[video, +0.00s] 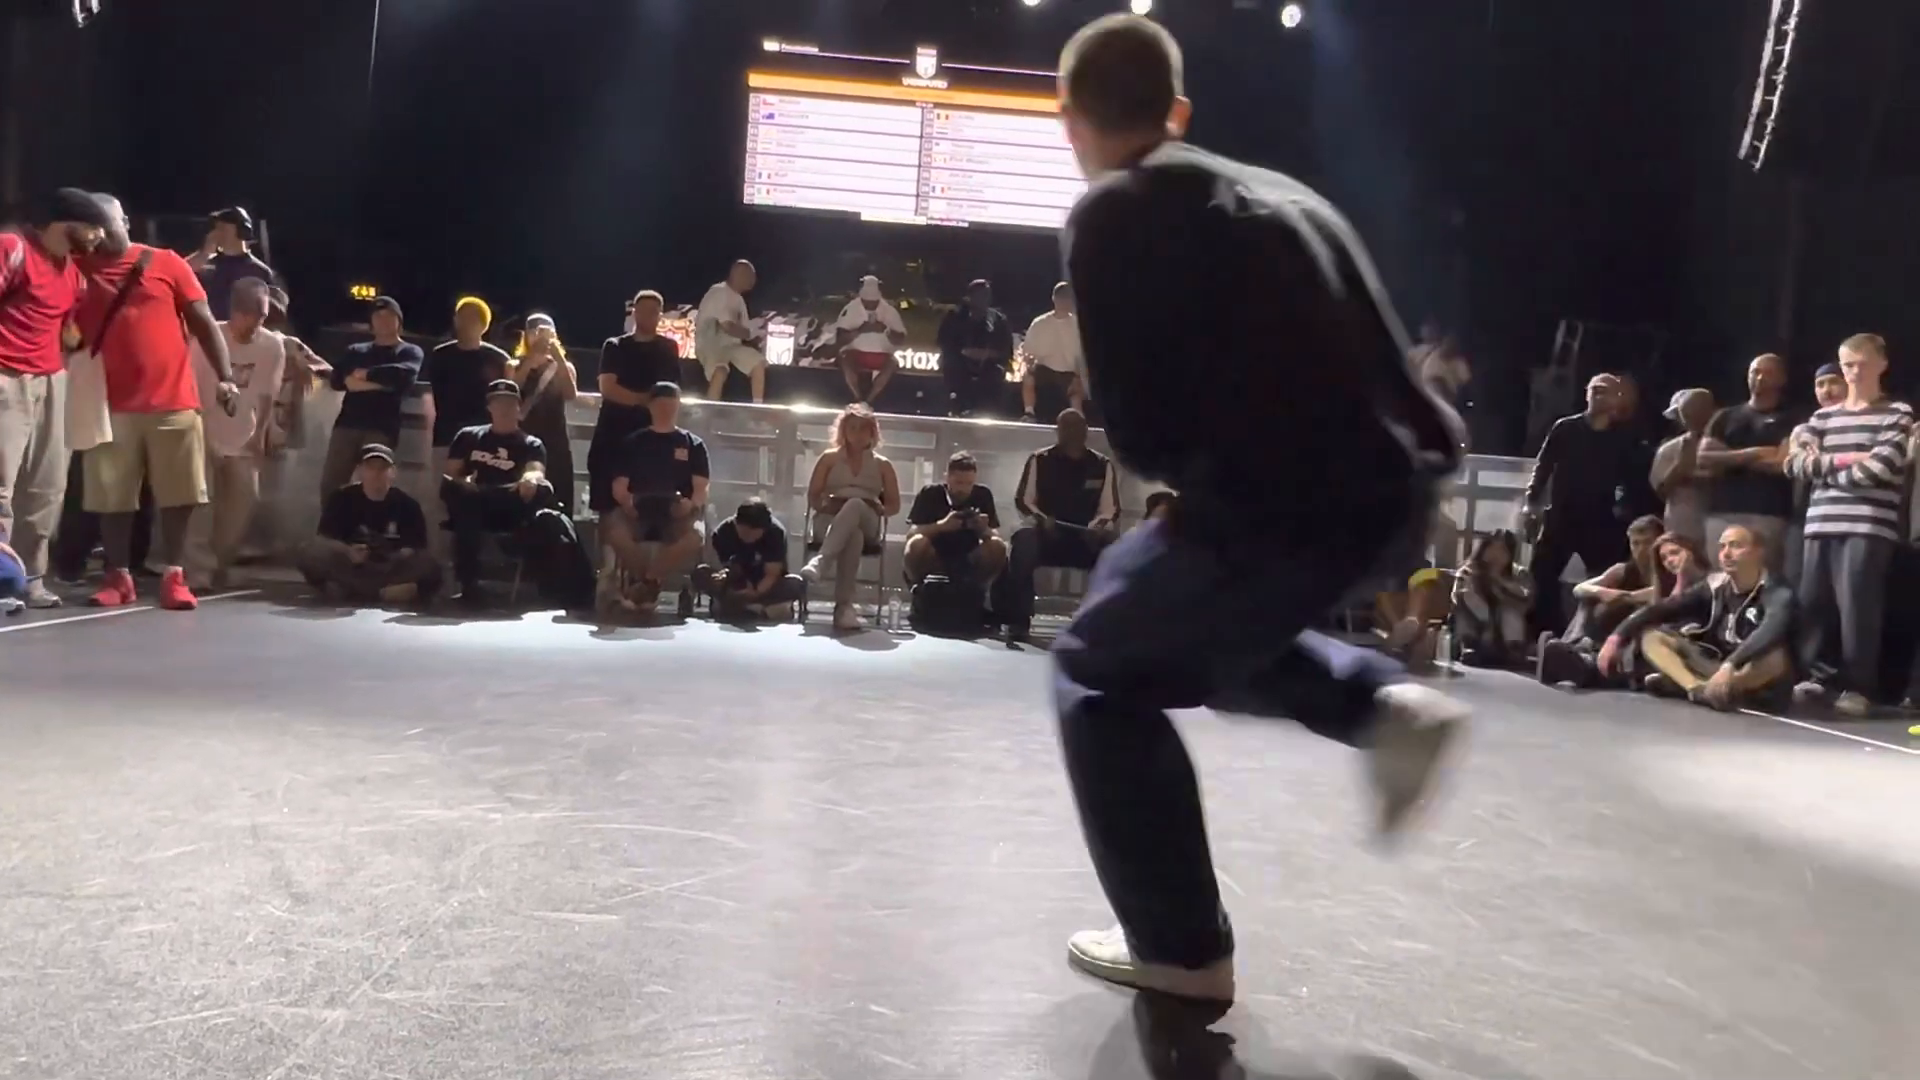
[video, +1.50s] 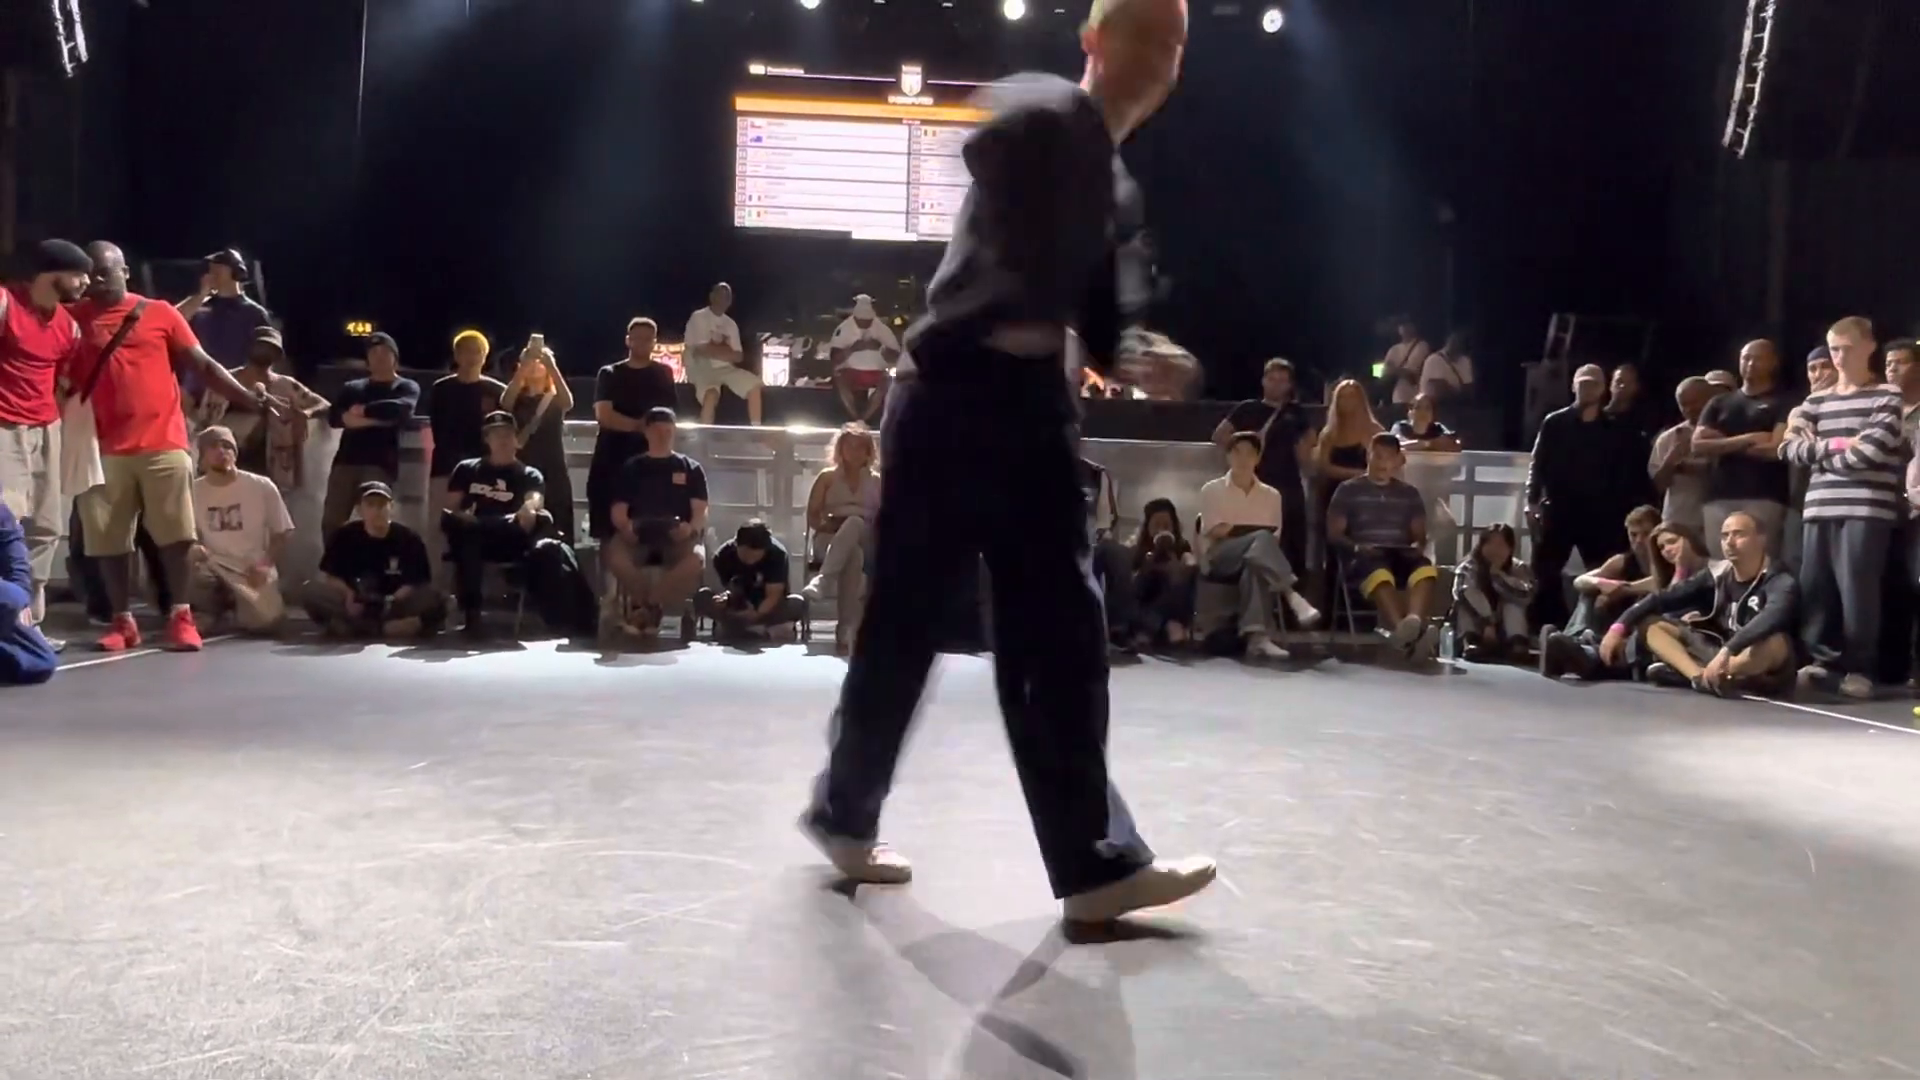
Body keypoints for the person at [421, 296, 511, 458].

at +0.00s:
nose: (466, 325)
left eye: (473, 320)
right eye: (462, 319)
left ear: (484, 326)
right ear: (455, 321)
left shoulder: (500, 359)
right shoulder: (438, 355)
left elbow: (505, 403)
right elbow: (428, 400)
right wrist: (429, 443)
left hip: (485, 444)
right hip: (445, 441)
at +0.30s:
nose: (460, 333)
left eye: (466, 327)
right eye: (455, 327)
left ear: (478, 333)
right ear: (448, 329)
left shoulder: (492, 367)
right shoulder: (430, 363)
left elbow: (496, 409)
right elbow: (421, 409)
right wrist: (423, 451)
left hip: (479, 452)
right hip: (438, 450)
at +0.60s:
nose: (461, 330)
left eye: (467, 324)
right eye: (457, 323)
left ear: (478, 329)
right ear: (448, 327)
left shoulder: (490, 363)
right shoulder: (431, 360)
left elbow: (491, 404)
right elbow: (429, 403)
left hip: (475, 444)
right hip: (436, 442)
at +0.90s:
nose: (465, 346)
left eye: (471, 340)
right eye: (461, 339)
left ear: (480, 345)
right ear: (452, 343)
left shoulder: (493, 378)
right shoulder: (435, 375)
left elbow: (495, 419)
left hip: (478, 458)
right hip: (440, 456)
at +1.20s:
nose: (470, 356)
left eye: (475, 350)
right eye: (465, 350)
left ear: (484, 354)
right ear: (455, 353)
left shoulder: (497, 388)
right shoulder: (439, 386)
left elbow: (500, 427)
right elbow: (435, 427)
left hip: (484, 464)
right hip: (446, 464)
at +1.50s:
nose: (472, 357)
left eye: (477, 352)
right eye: (467, 351)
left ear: (485, 356)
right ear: (456, 355)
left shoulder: (498, 391)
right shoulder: (440, 389)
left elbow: (501, 429)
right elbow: (437, 428)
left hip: (483, 466)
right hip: (446, 465)